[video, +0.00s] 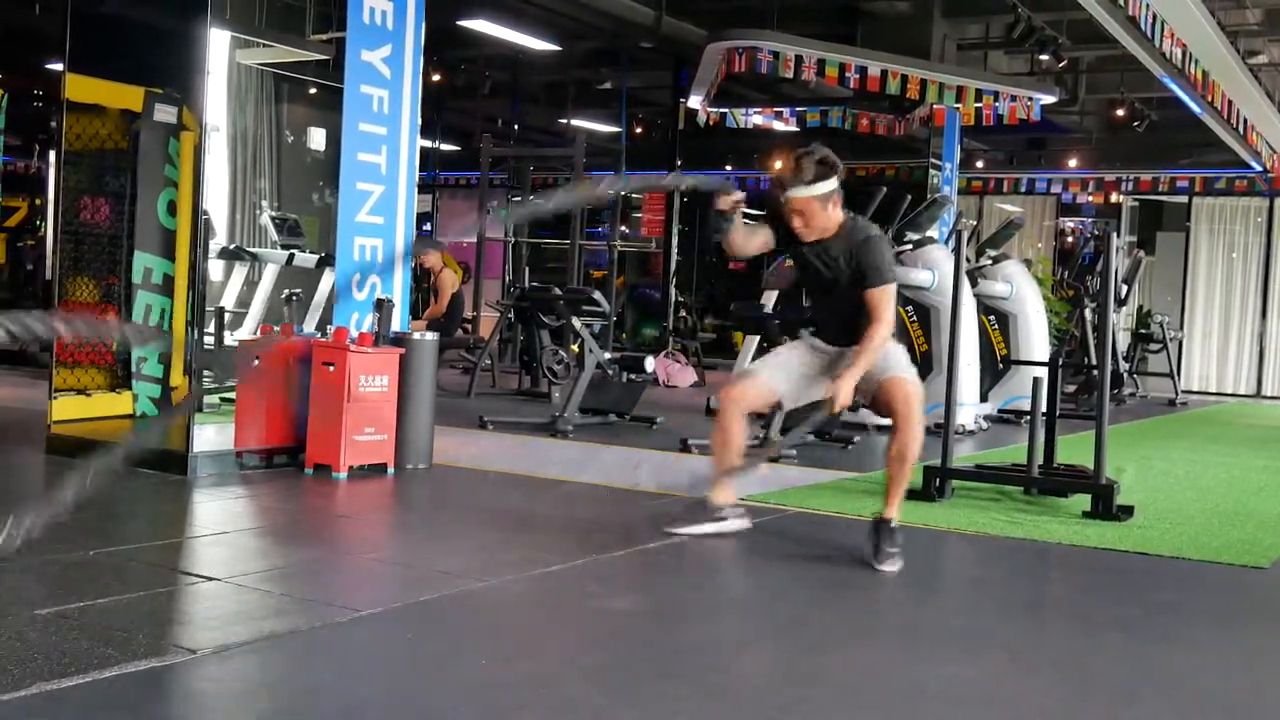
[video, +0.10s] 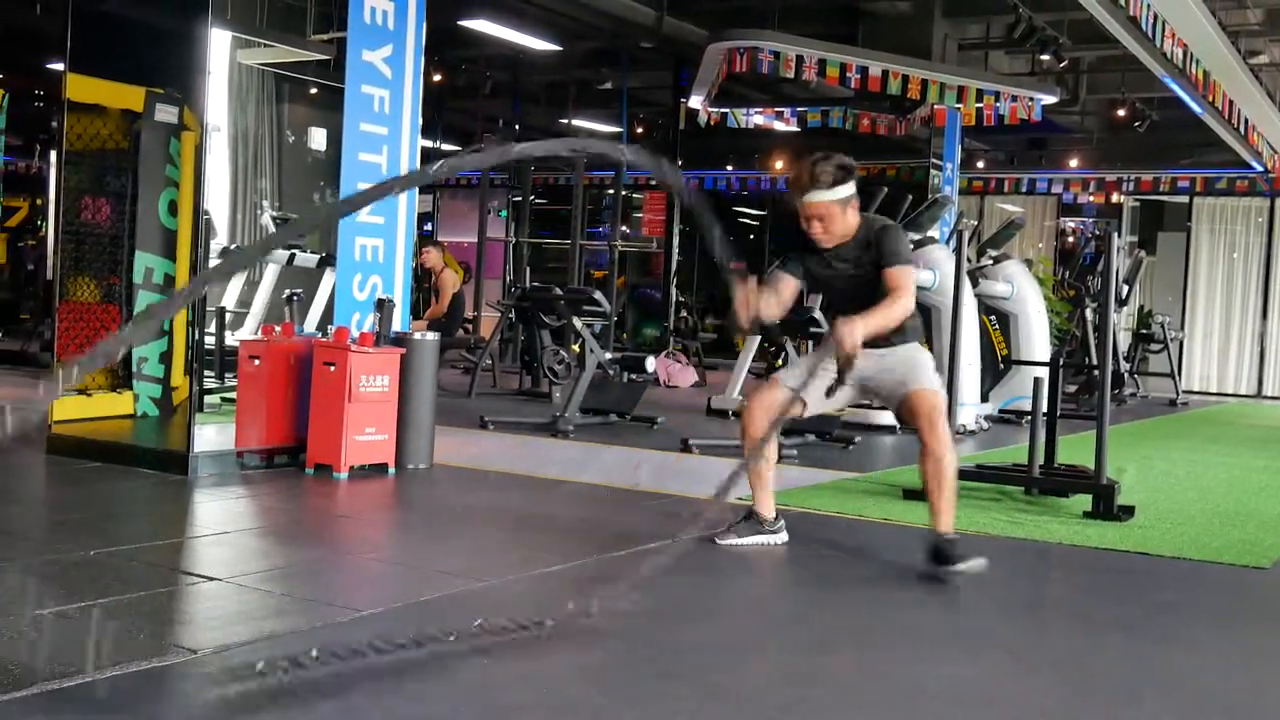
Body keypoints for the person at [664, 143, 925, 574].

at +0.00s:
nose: (794, 223)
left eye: (802, 215)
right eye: (791, 214)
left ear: (834, 206)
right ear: (788, 208)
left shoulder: (868, 242)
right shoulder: (792, 229)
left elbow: (883, 323)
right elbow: (742, 245)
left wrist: (850, 376)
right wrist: (731, 218)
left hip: (873, 350)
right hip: (816, 348)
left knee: (908, 399)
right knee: (735, 396)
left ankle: (889, 520)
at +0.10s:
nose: (811, 229)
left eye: (820, 219)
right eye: (806, 219)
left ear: (852, 209)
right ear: (800, 212)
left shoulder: (885, 235)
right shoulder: (804, 250)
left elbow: (903, 300)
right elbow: (775, 303)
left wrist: (858, 326)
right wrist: (752, 297)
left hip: (898, 353)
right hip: (835, 354)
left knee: (933, 415)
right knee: (758, 408)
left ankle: (944, 539)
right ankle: (766, 519)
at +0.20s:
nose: (854, 235)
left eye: (863, 225)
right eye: (847, 225)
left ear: (896, 218)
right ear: (841, 222)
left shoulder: (926, 241)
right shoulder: (842, 258)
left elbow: (918, 292)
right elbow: (820, 330)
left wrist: (863, 271)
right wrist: (811, 392)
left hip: (926, 370)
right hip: (864, 369)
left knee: (958, 418)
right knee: (776, 412)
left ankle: (977, 547)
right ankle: (766, 519)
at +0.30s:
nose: (898, 219)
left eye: (910, 209)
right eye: (894, 208)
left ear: (944, 208)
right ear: (888, 206)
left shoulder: (973, 250)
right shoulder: (884, 252)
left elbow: (967, 321)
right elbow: (852, 317)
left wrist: (895, 320)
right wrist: (843, 373)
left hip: (968, 371)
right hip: (901, 371)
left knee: (1003, 429)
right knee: (824, 414)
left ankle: (990, 558)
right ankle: (776, 516)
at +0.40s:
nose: (925, 208)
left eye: (936, 197)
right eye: (921, 197)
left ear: (972, 189)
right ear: (916, 193)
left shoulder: (1001, 237)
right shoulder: (920, 225)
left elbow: (1010, 324)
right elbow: (875, 252)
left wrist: (964, 385)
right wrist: (841, 261)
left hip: (1005, 362)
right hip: (947, 361)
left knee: (1039, 416)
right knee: (853, 411)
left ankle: (1014, 552)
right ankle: (849, 533)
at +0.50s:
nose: (939, 219)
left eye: (949, 208)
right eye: (935, 208)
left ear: (985, 196)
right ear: (928, 202)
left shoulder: (1012, 240)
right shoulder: (936, 223)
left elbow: (1041, 328)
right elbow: (887, 236)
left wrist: (1020, 405)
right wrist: (869, 208)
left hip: (1035, 370)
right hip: (977, 373)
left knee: (1076, 421)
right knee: (880, 419)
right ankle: (891, 544)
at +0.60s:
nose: (966, 238)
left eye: (975, 227)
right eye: (959, 227)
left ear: (1009, 213)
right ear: (953, 220)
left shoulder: (1047, 250)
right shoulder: (957, 259)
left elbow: (1064, 324)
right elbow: (928, 313)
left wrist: (1016, 378)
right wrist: (897, 290)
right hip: (1001, 388)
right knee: (906, 425)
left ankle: (1186, 591)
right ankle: (892, 546)